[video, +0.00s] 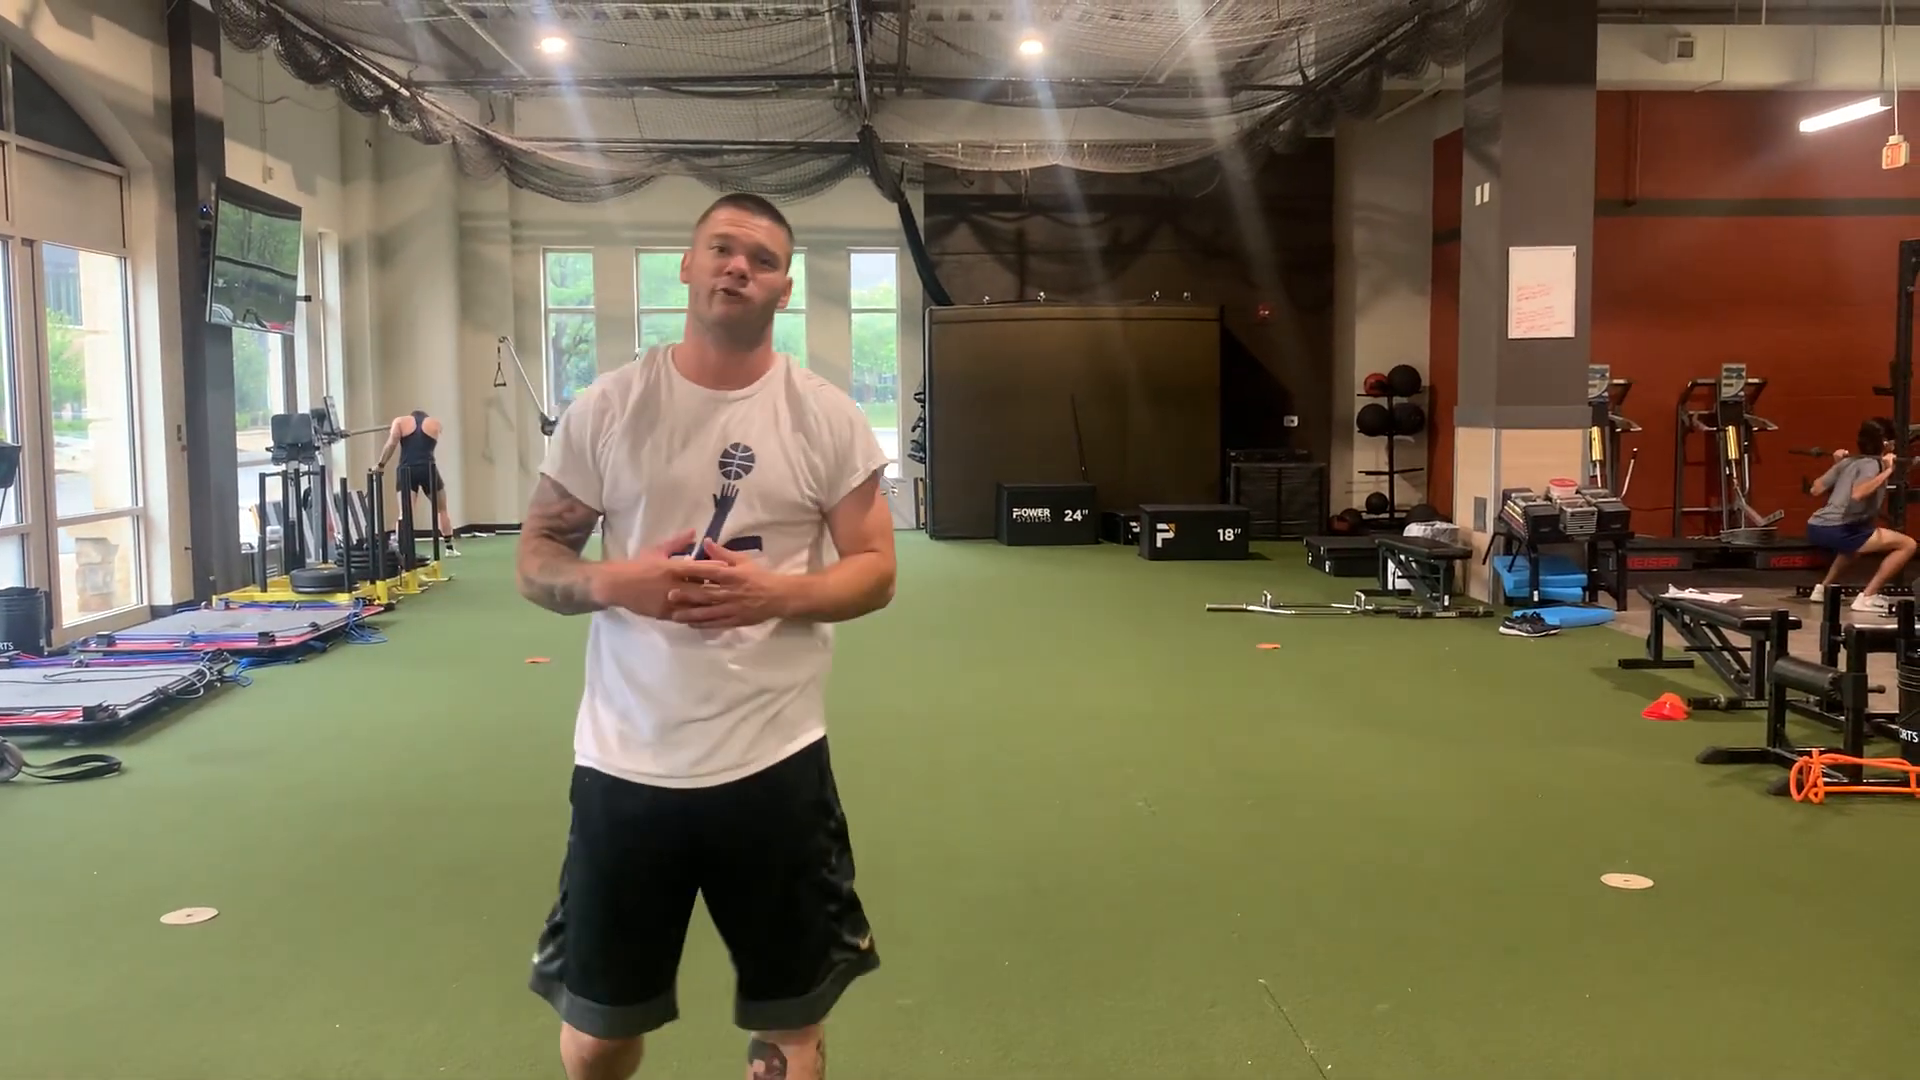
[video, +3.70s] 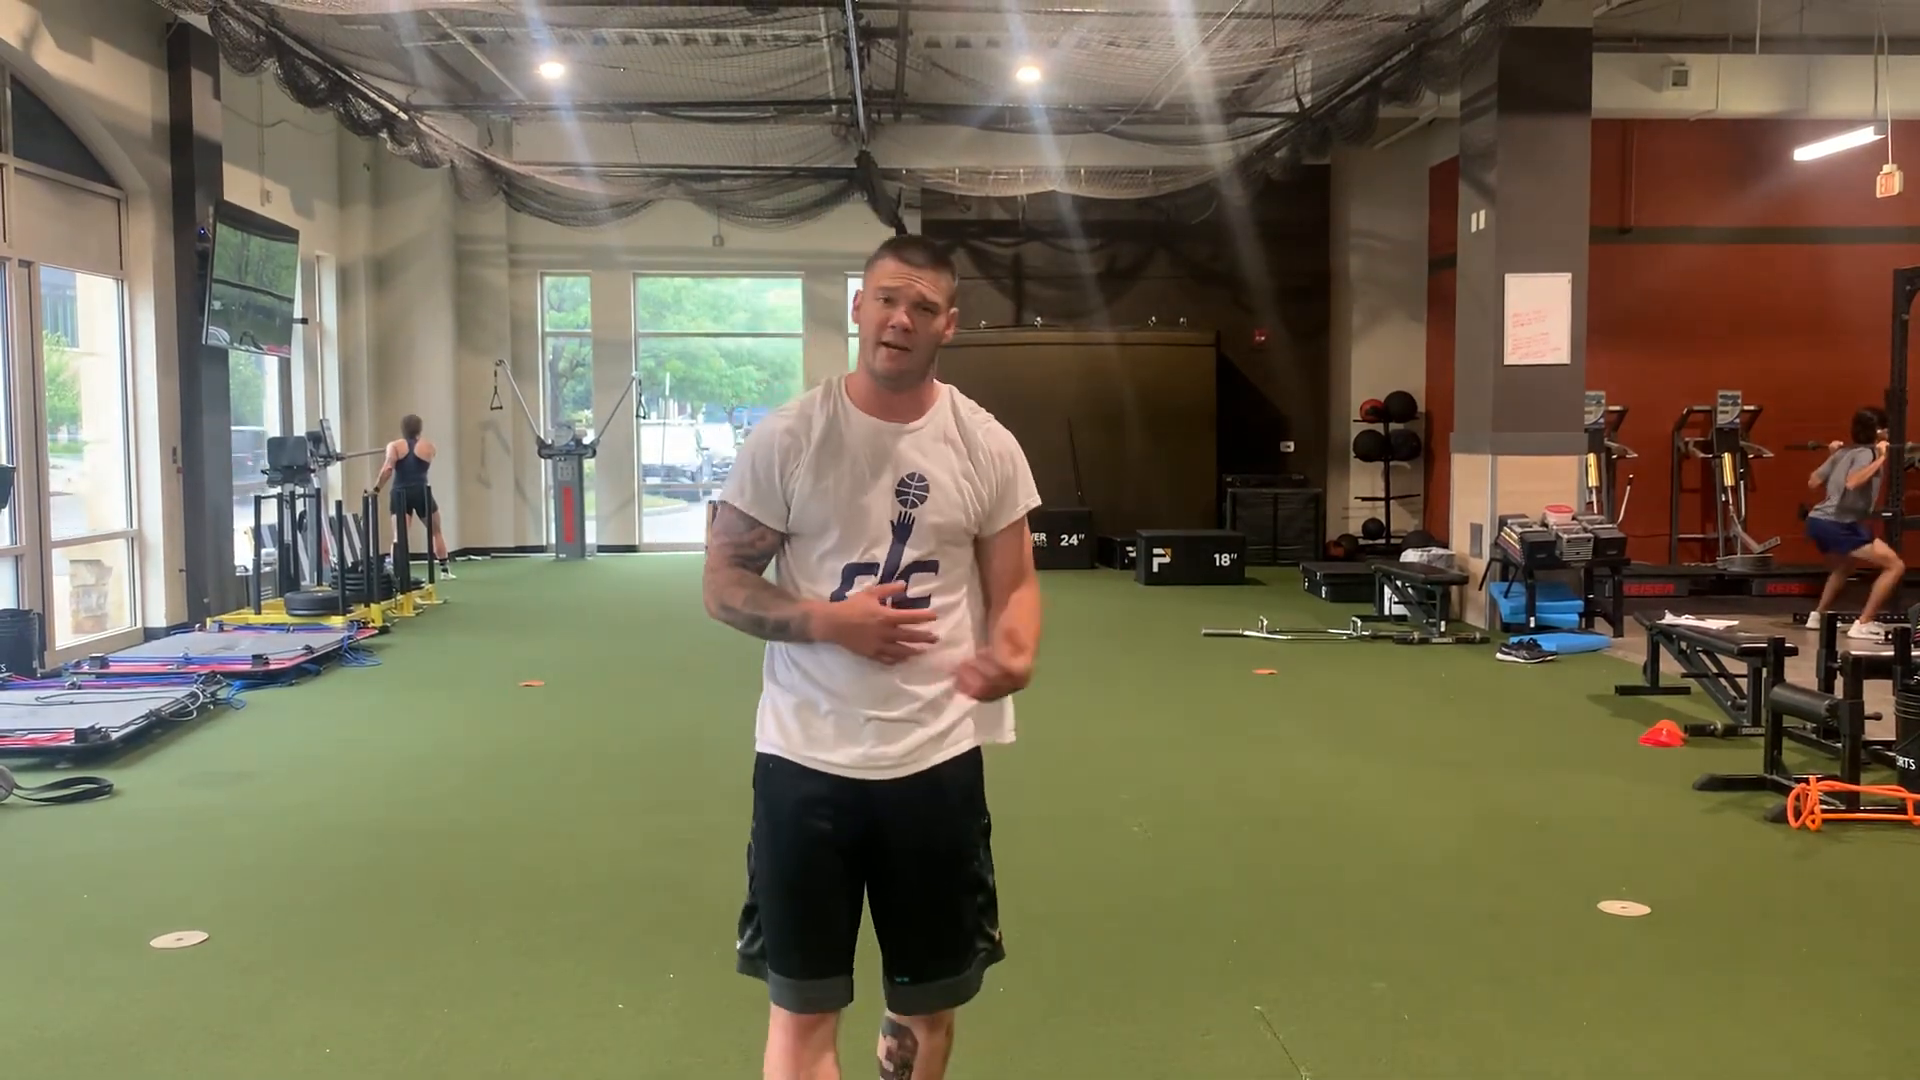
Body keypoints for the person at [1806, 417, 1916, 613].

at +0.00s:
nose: (1893, 445)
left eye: (1893, 440)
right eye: (1892, 440)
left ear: (1863, 442)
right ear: (1883, 444)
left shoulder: (1848, 462)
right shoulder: (1871, 464)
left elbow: (1816, 489)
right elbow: (1857, 494)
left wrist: (1837, 465)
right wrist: (1887, 470)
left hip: (1816, 528)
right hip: (1841, 533)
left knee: (1857, 544)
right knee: (1908, 545)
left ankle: (1823, 588)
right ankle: (1868, 597)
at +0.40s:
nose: (1886, 409)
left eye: (1886, 404)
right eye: (1884, 404)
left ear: (1857, 405)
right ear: (1874, 406)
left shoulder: (1841, 428)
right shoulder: (1867, 428)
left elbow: (1812, 455)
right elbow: (1854, 457)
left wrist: (1830, 429)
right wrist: (1882, 432)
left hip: (1816, 496)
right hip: (1838, 502)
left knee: (1843, 540)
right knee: (1890, 544)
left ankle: (1815, 596)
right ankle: (1861, 604)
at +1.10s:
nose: (1880, 445)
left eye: (1880, 440)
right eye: (1878, 440)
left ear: (1850, 441)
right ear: (1871, 442)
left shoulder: (1836, 463)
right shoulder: (1861, 463)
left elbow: (1808, 492)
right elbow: (1848, 492)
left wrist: (1827, 465)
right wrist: (1877, 468)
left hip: (1811, 529)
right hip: (1833, 533)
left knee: (1846, 563)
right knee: (1897, 560)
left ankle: (1814, 605)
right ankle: (1860, 614)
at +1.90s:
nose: (1883, 404)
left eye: (1883, 400)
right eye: (1881, 399)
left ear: (1852, 400)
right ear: (1871, 401)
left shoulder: (1837, 424)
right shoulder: (1862, 423)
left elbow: (1808, 452)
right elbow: (1850, 452)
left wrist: (1826, 424)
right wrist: (1877, 427)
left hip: (1812, 495)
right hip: (1836, 500)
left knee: (1828, 553)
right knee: (1869, 556)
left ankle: (1811, 612)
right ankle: (1857, 620)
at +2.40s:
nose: (1884, 442)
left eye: (1884, 437)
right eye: (1882, 437)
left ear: (1853, 440)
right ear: (1873, 441)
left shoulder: (1839, 461)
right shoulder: (1862, 463)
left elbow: (1808, 489)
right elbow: (1848, 492)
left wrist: (1827, 464)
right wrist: (1877, 469)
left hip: (1811, 529)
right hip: (1834, 533)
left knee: (1847, 563)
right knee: (1896, 564)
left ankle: (1816, 611)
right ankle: (1862, 620)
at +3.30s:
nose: (1888, 403)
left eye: (1888, 398)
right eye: (1885, 398)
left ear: (1858, 400)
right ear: (1875, 401)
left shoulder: (1844, 424)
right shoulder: (1867, 424)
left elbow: (1815, 452)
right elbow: (1855, 452)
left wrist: (1833, 425)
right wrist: (1882, 429)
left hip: (1823, 495)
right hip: (1843, 500)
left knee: (1833, 557)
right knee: (1873, 558)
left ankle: (1818, 614)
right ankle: (1863, 622)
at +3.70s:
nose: (1885, 434)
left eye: (1885, 430)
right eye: (1883, 429)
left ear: (1855, 430)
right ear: (1876, 432)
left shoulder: (1843, 453)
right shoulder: (1866, 454)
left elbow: (1813, 482)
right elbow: (1852, 481)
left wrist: (1831, 455)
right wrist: (1881, 459)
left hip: (1817, 522)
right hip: (1839, 527)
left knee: (1844, 565)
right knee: (1895, 565)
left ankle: (1818, 615)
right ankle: (1864, 623)